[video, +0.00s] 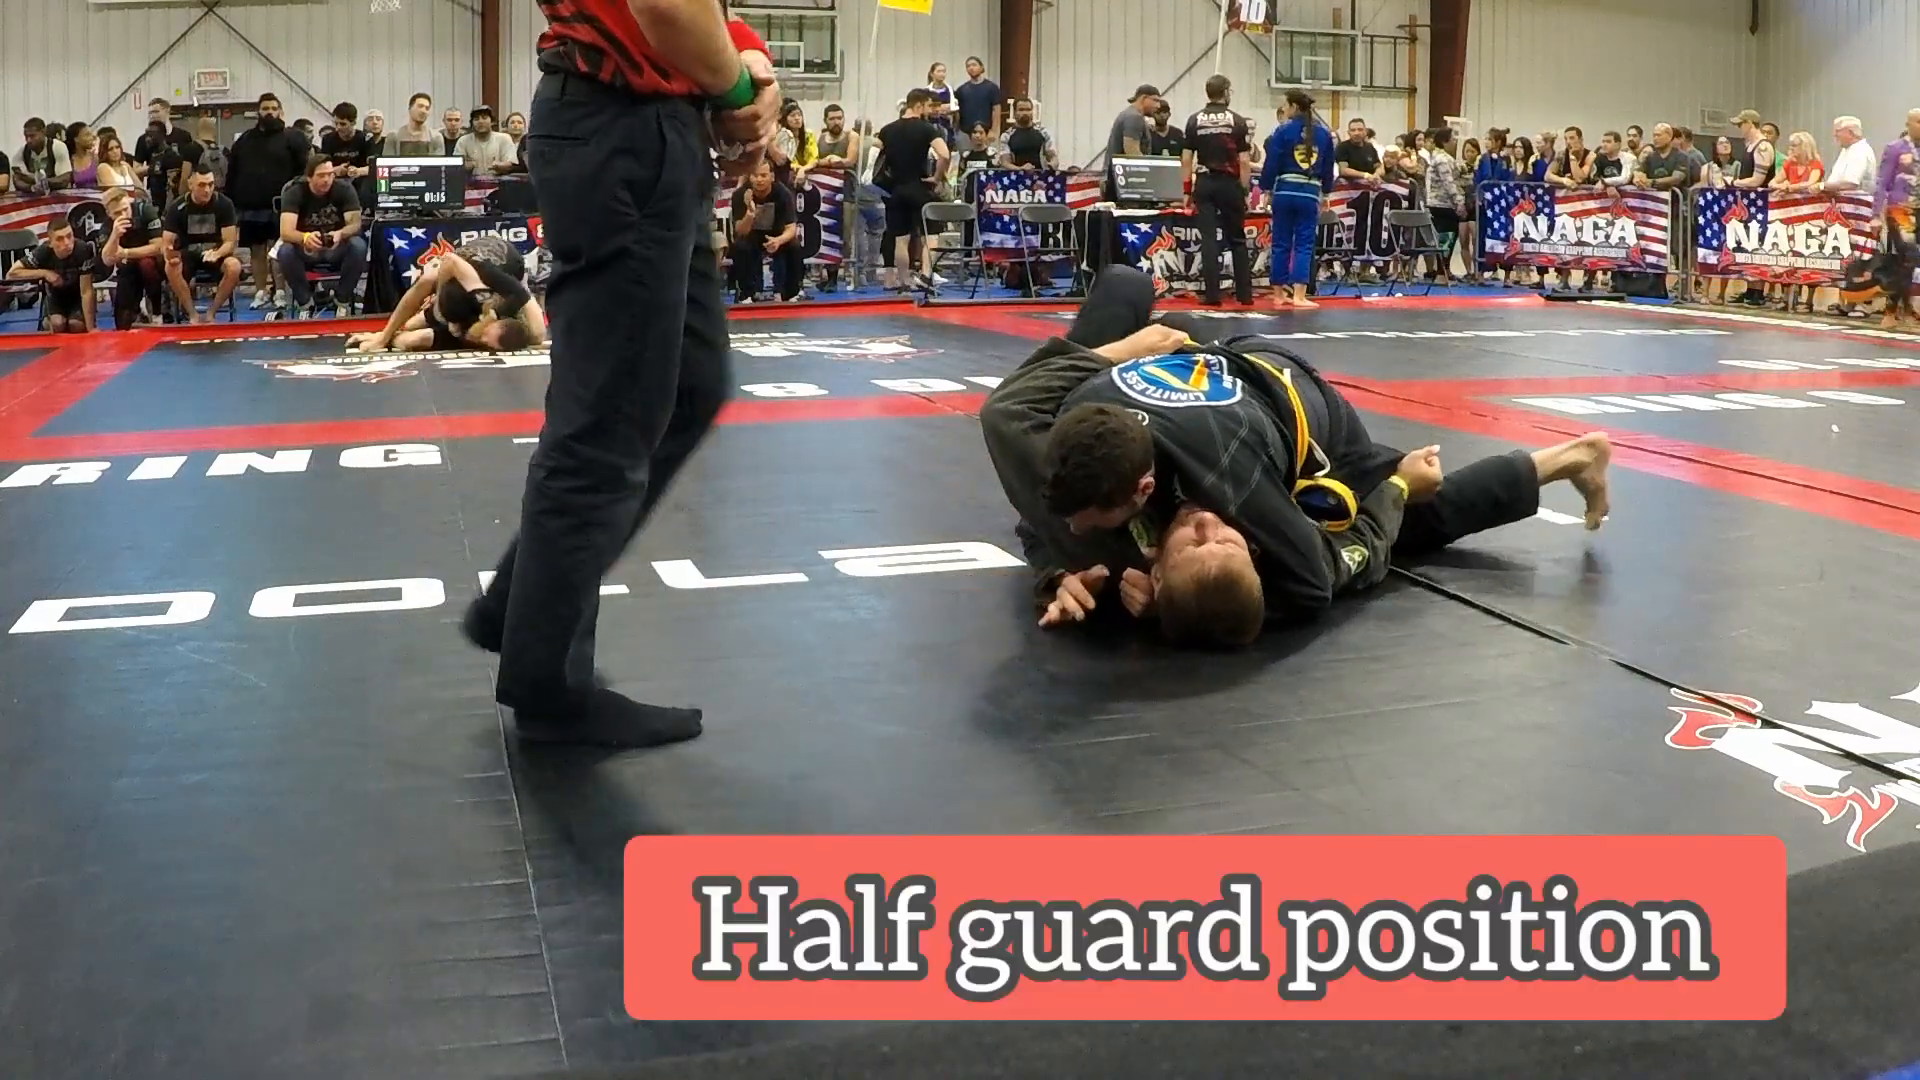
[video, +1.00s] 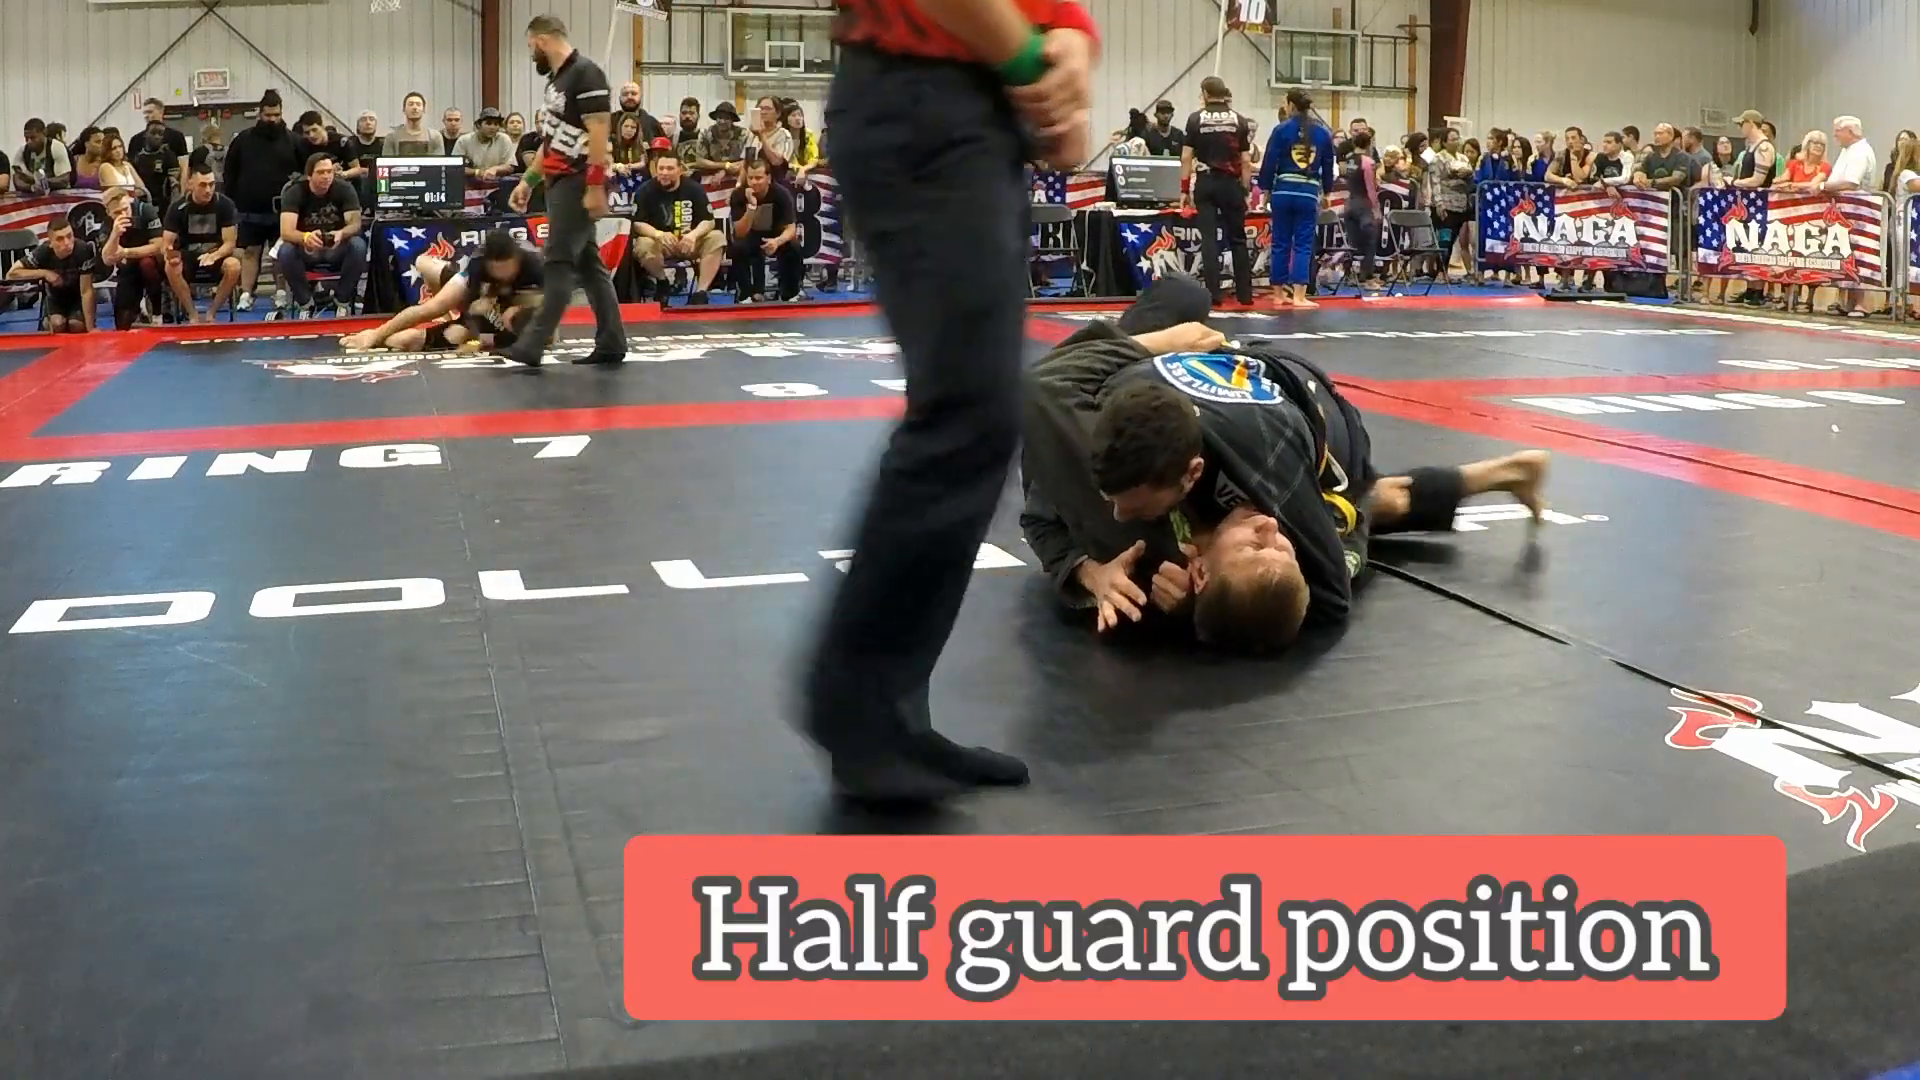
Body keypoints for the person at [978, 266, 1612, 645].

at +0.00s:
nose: (1083, 536)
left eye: (1093, 525)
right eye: (1069, 526)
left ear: (1139, 493)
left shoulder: (1226, 478)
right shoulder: (1058, 425)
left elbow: (1315, 593)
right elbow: (1062, 524)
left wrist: (1161, 597)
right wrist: (1070, 573)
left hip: (1308, 412)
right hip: (1226, 357)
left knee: (1413, 527)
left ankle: (1572, 458)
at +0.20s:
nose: (1085, 527)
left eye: (1094, 516)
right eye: (1074, 513)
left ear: (1145, 484)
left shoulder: (1231, 476)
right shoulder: (1070, 437)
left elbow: (1314, 594)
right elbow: (1040, 523)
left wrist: (1172, 598)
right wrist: (1069, 571)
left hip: (1312, 416)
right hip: (1239, 361)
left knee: (1441, 520)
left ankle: (1586, 465)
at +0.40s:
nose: (1100, 517)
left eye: (1111, 507)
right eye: (1091, 502)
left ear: (1162, 473)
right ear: (1077, 463)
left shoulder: (1246, 476)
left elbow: (1319, 598)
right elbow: (1049, 523)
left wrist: (1183, 600)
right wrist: (1075, 573)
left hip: (1318, 412)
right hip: (1237, 359)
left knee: (1436, 514)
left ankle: (1569, 469)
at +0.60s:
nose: (1121, 509)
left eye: (1136, 502)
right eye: (1114, 495)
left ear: (1184, 470)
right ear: (1099, 446)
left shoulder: (1269, 478)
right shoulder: (1069, 414)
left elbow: (1333, 598)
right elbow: (1045, 507)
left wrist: (1197, 590)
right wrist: (1095, 574)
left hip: (1331, 422)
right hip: (1233, 365)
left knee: (1383, 498)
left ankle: (1505, 475)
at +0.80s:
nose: (1123, 510)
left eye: (1139, 502)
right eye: (1115, 494)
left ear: (1192, 469)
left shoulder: (1270, 483)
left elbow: (1332, 597)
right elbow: (1044, 506)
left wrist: (1199, 596)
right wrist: (1088, 566)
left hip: (1328, 417)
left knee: (1350, 502)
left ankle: (1451, 480)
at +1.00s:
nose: (1129, 520)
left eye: (1145, 510)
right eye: (1118, 507)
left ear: (1191, 471)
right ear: (1103, 459)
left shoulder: (1271, 475)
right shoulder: (1061, 418)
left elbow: (1330, 600)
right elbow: (1041, 521)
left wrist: (1196, 594)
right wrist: (1087, 570)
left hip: (1303, 400)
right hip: (1213, 364)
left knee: (1372, 502)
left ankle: (1510, 470)